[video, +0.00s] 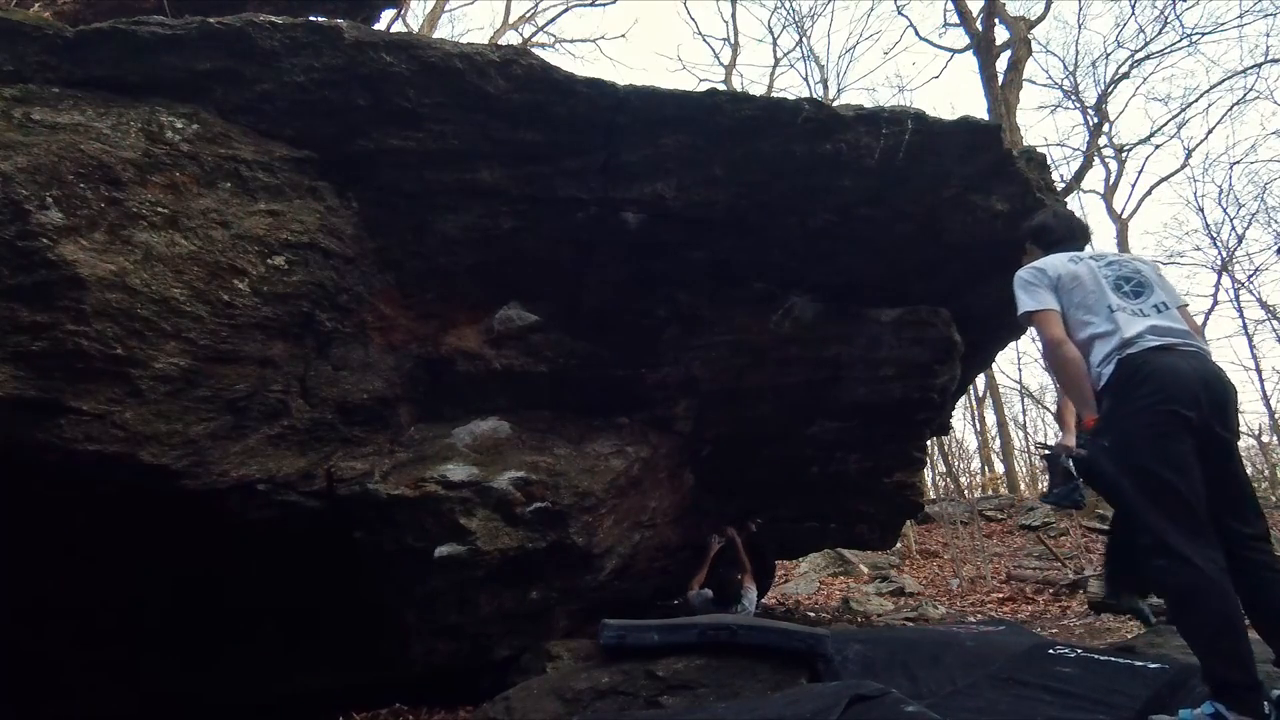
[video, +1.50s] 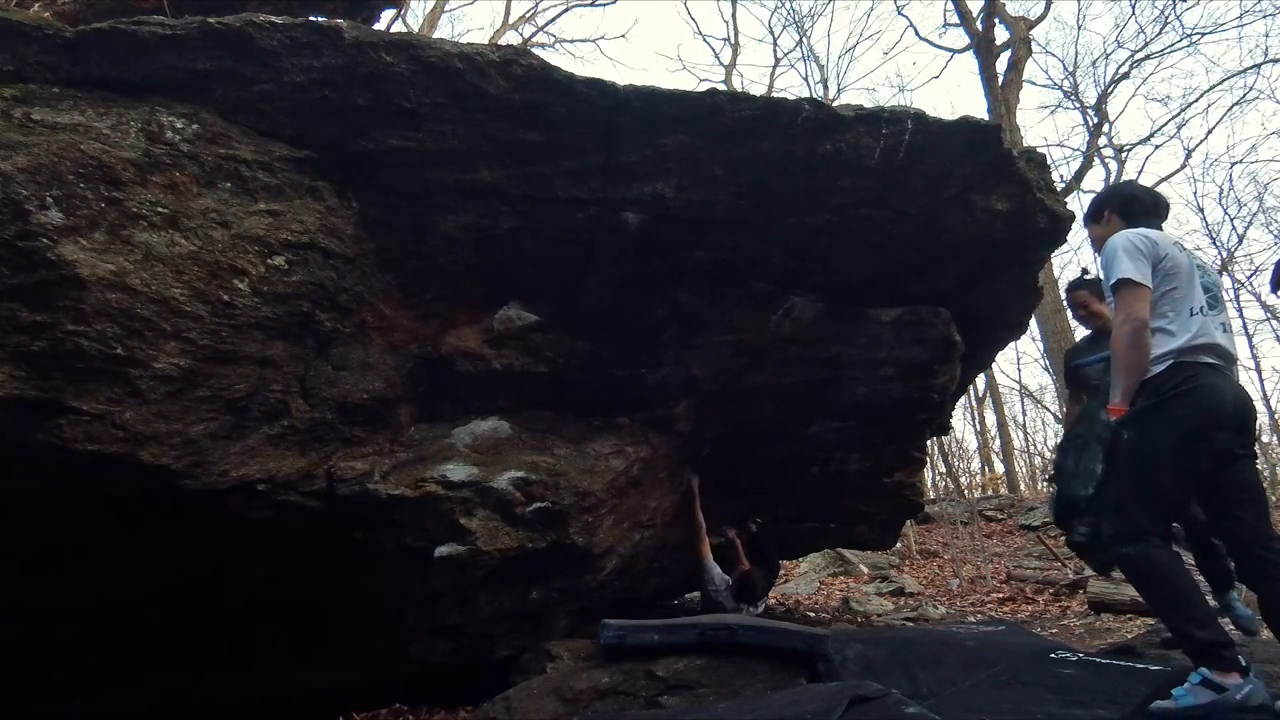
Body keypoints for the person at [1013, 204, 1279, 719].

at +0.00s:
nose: (1025, 260)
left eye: (1025, 255)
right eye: (1023, 255)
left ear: (1035, 250)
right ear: (1083, 240)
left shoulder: (1037, 270)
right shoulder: (1140, 264)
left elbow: (1057, 343)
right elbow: (1194, 330)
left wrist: (1090, 417)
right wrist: (1188, 379)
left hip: (1141, 381)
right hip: (1210, 377)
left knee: (1181, 548)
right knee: (1243, 533)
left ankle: (1239, 700)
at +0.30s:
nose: (1039, 265)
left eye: (1037, 256)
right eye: (1035, 258)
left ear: (1049, 244)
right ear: (1093, 239)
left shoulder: (1065, 260)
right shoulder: (1140, 266)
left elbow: (1095, 334)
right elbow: (1180, 328)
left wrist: (1116, 417)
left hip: (1169, 384)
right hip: (1227, 384)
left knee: (1175, 547)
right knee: (1248, 536)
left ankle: (1240, 694)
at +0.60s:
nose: (1046, 263)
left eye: (1047, 252)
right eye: (1043, 255)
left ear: (1064, 238)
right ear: (1091, 230)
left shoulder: (1095, 249)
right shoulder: (1137, 260)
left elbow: (1133, 317)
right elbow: (1189, 331)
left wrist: (1139, 401)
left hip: (1189, 388)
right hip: (1225, 385)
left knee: (1196, 540)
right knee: (1245, 535)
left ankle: (1244, 692)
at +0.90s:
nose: (1064, 249)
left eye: (1066, 237)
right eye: (1061, 240)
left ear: (1086, 226)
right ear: (1104, 222)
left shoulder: (1114, 244)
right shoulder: (1147, 252)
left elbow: (1139, 318)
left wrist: (1130, 403)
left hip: (1173, 391)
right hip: (1204, 387)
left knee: (1174, 541)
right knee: (1237, 536)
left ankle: (1241, 690)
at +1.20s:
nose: (1085, 241)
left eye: (1087, 230)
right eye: (1084, 232)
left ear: (1105, 219)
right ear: (1139, 220)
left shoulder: (1119, 243)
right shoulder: (1180, 261)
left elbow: (1129, 324)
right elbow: (1209, 347)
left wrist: (1115, 410)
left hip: (1168, 394)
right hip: (1215, 392)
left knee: (1149, 542)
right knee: (1241, 538)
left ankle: (1233, 686)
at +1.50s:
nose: (1094, 242)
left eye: (1094, 232)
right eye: (1091, 234)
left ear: (1111, 217)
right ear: (1148, 216)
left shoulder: (1125, 241)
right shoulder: (1188, 257)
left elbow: (1133, 321)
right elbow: (1211, 330)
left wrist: (1118, 404)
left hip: (1179, 391)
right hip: (1227, 391)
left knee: (1130, 535)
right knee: (1256, 543)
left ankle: (1224, 669)